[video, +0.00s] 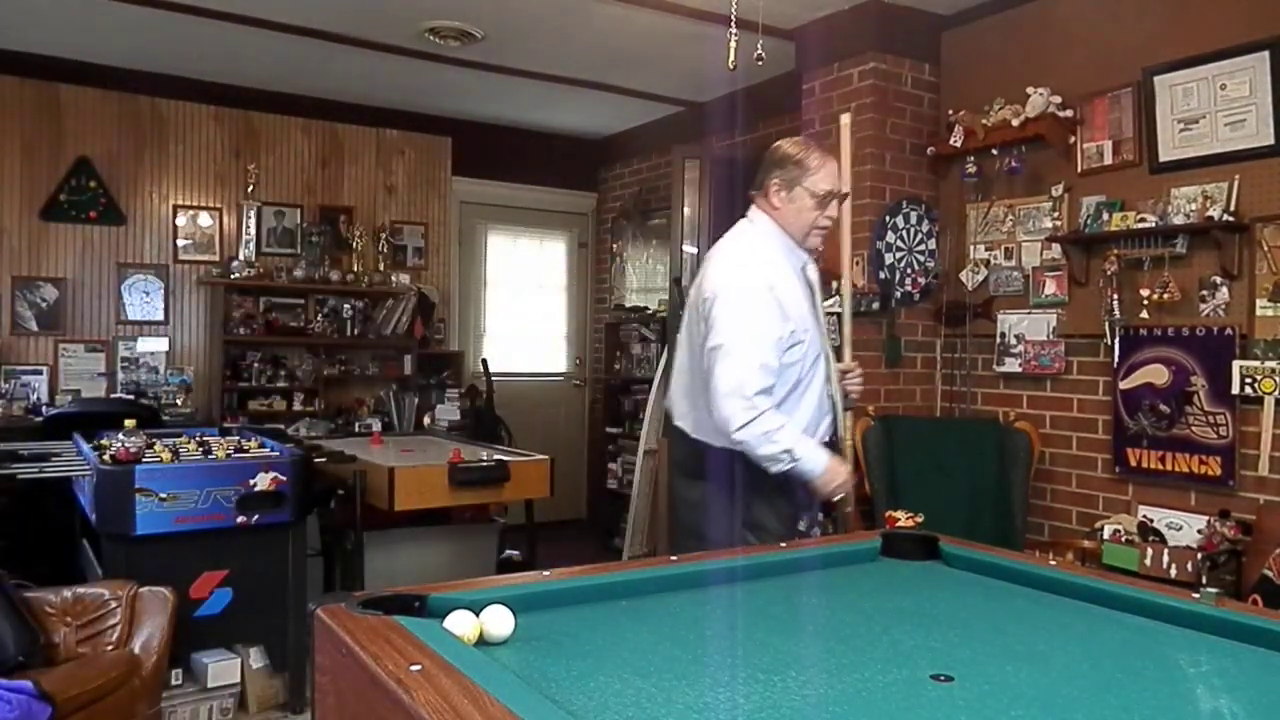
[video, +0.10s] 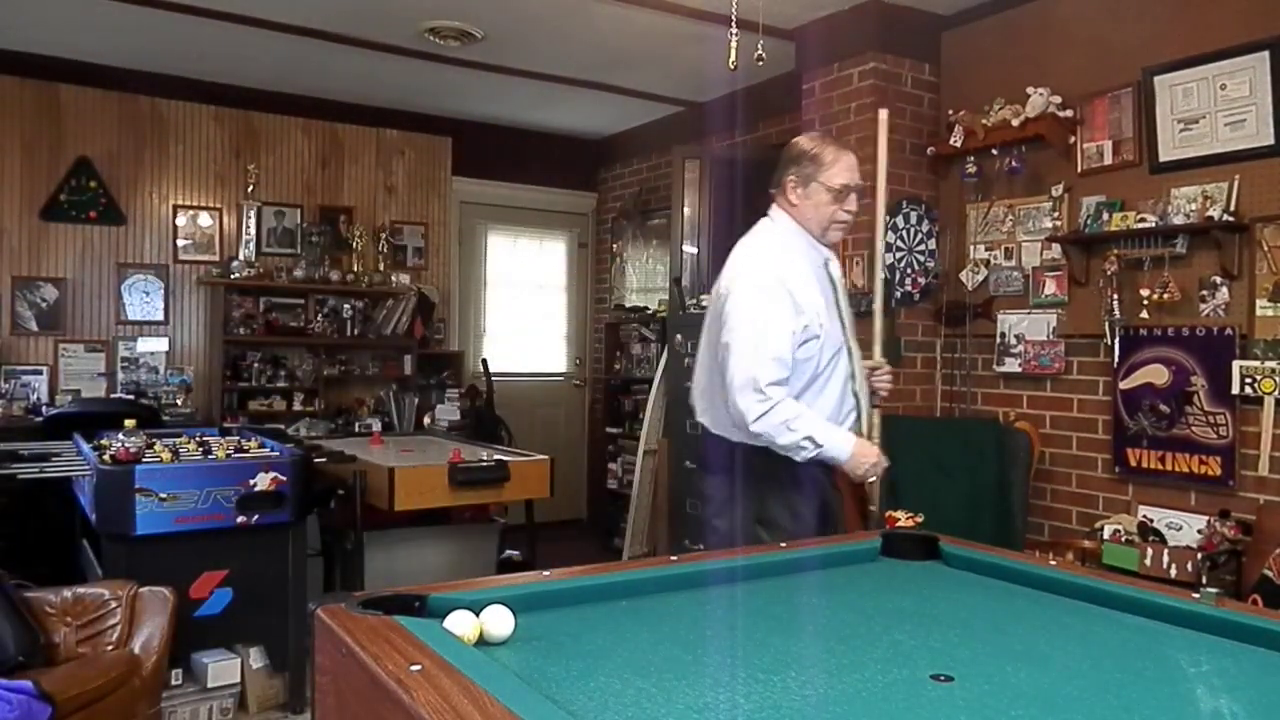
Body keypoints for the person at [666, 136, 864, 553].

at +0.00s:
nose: (833, 214)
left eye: (838, 200)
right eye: (823, 199)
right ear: (777, 194)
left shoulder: (784, 257)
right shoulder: (746, 266)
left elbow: (774, 367)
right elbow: (740, 407)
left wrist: (829, 380)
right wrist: (817, 464)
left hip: (767, 461)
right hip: (731, 468)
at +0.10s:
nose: (853, 207)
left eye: (856, 194)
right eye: (839, 193)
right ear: (794, 190)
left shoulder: (813, 256)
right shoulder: (764, 263)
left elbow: (801, 363)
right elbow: (757, 400)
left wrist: (857, 376)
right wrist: (845, 448)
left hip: (800, 458)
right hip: (757, 463)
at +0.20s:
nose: (875, 211)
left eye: (879, 198)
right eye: (861, 197)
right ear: (815, 194)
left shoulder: (843, 263)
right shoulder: (778, 266)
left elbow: (833, 373)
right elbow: (766, 402)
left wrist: (887, 386)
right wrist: (856, 447)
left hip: (841, 468)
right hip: (786, 471)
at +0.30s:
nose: (901, 218)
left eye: (908, 206)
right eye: (888, 202)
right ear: (844, 197)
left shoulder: (882, 281)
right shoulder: (797, 272)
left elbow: (858, 379)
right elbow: (766, 398)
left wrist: (911, 394)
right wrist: (855, 452)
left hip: (863, 481)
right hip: (795, 479)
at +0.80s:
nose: (1027, 227)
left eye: (1039, 217)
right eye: (1016, 208)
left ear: (1046, 220)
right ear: (977, 197)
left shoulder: (1030, 300)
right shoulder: (906, 266)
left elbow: (1039, 379)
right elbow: (841, 368)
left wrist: (1045, 415)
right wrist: (903, 436)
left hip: (975, 488)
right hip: (884, 480)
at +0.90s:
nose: (1039, 234)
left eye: (1052, 221)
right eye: (1028, 214)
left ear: (1058, 225)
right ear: (988, 202)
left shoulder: (1043, 299)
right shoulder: (918, 272)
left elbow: (1051, 382)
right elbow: (861, 379)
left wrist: (1056, 417)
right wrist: (931, 444)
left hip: (990, 491)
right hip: (900, 484)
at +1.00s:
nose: (1048, 239)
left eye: (1058, 224)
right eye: (1034, 220)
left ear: (1066, 225)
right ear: (994, 208)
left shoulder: (1051, 295)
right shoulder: (929, 281)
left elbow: (1062, 381)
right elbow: (890, 404)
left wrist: (1068, 413)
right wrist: (973, 463)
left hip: (1001, 489)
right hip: (919, 484)